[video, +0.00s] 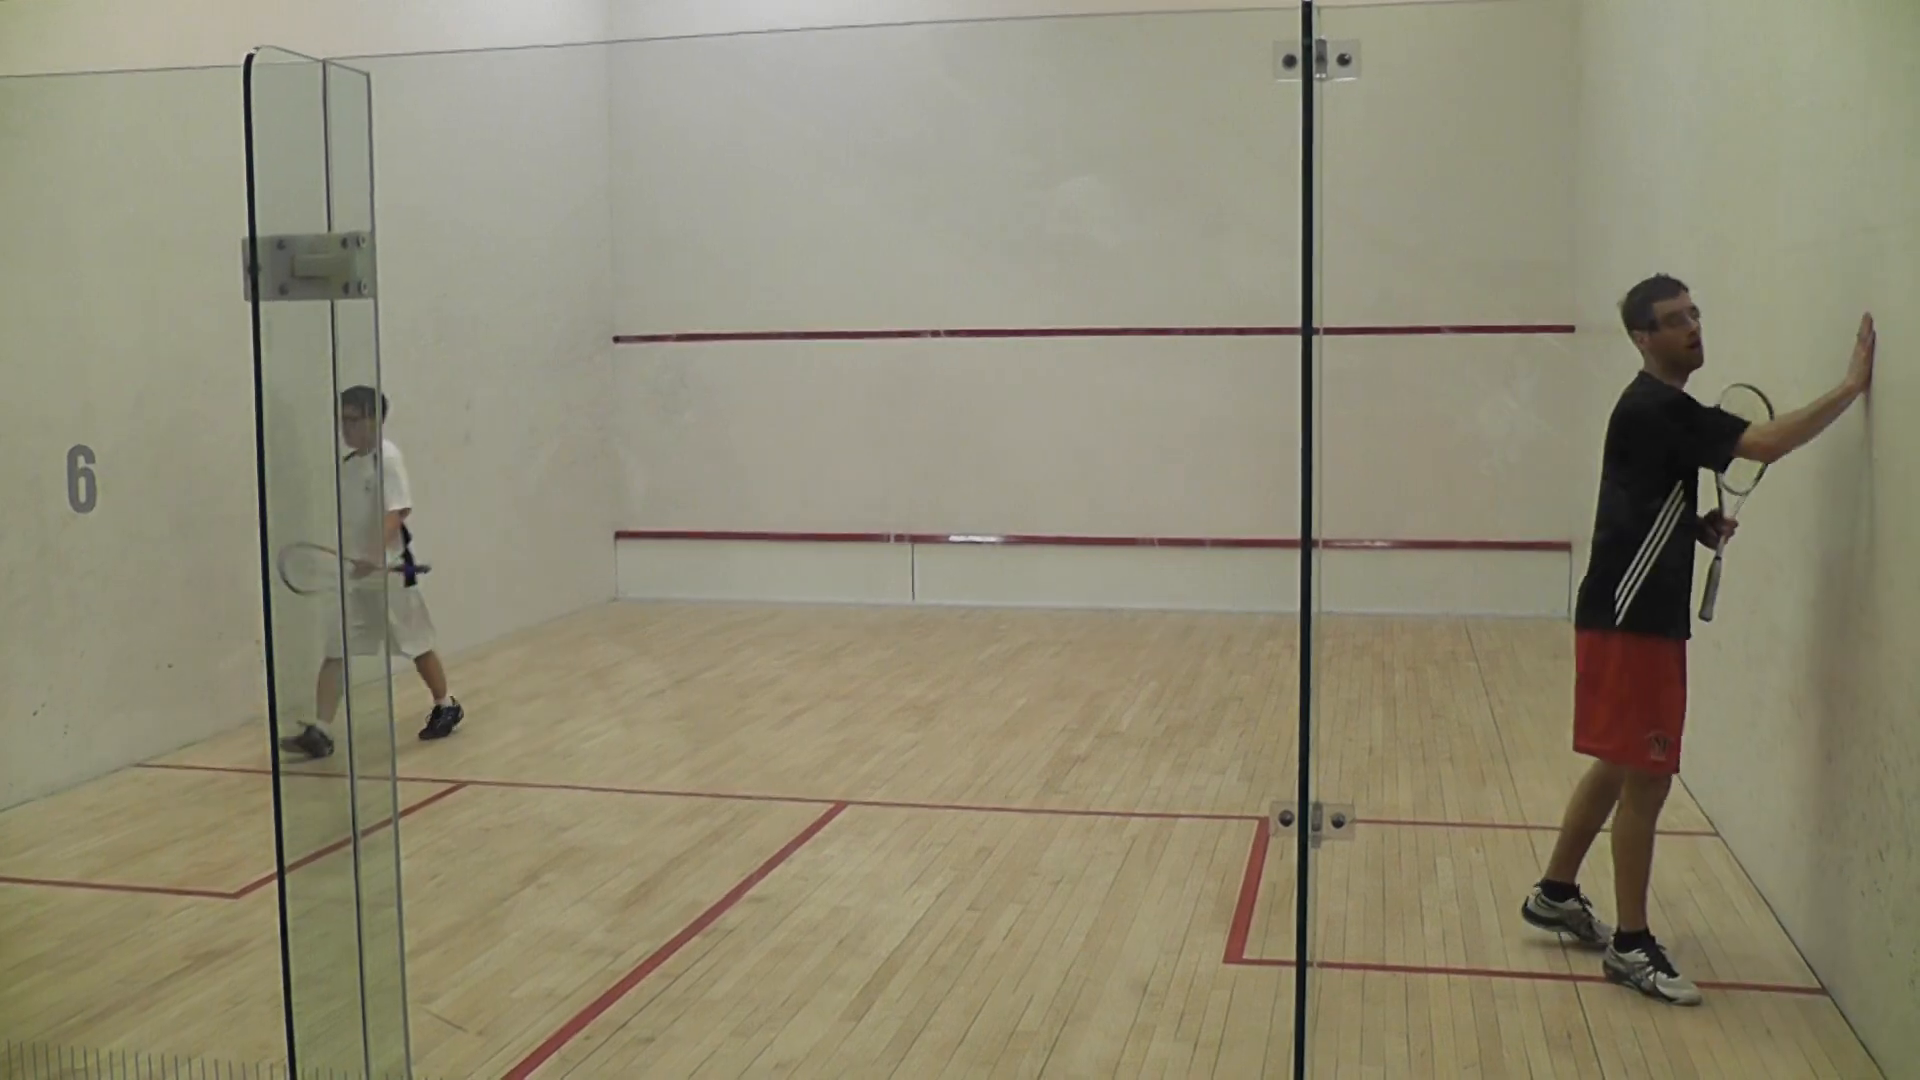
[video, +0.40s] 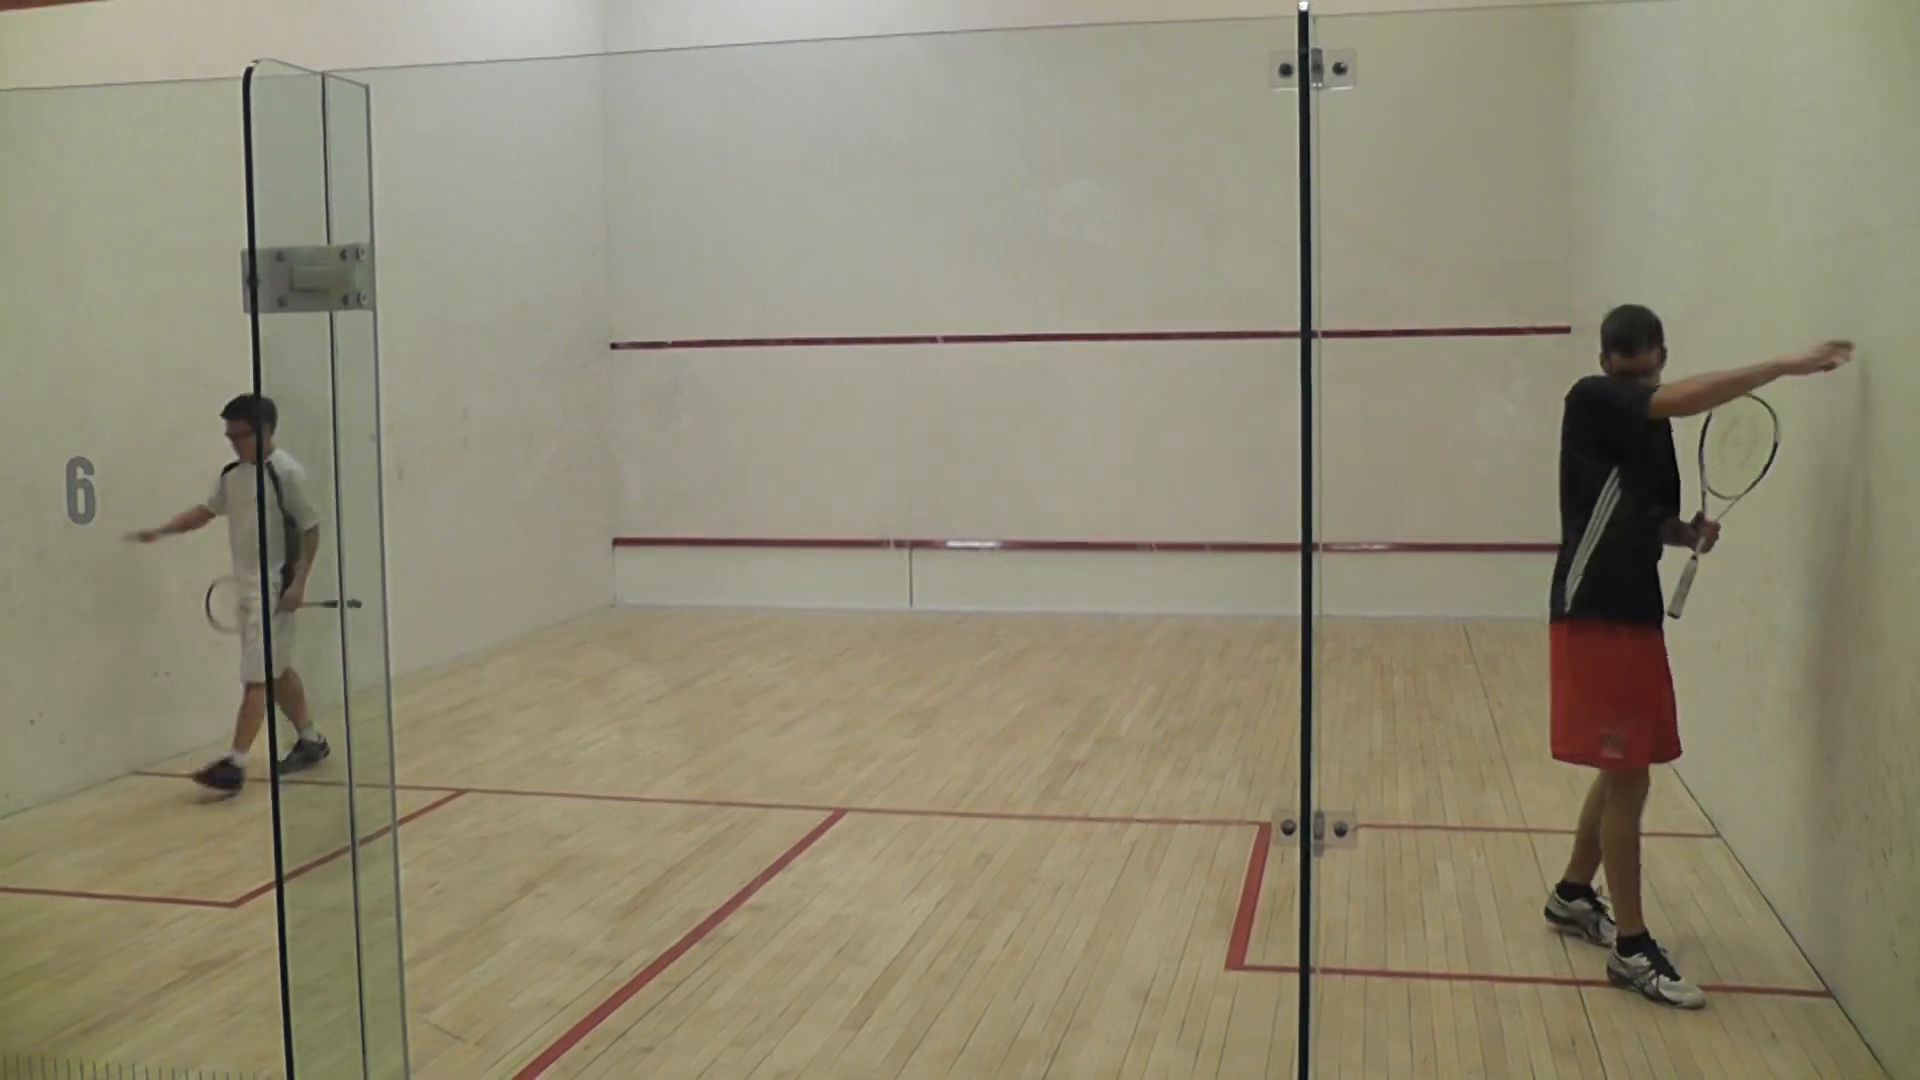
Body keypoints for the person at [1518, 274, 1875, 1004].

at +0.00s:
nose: (1695, 329)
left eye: (1694, 317)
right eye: (1678, 322)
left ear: (1688, 325)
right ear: (1644, 338)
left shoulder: (1653, 402)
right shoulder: (1656, 407)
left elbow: (1637, 506)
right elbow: (1764, 443)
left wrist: (1695, 524)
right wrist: (1851, 388)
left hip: (1628, 616)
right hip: (1641, 623)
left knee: (1619, 760)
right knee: (1650, 773)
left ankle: (1553, 891)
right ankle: (1631, 943)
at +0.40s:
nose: (1654, 373)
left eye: (1658, 363)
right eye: (1647, 362)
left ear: (1648, 358)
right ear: (1622, 355)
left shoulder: (1645, 415)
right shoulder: (1591, 395)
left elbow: (1637, 519)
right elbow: (1676, 400)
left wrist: (1683, 531)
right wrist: (1785, 365)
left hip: (1631, 609)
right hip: (1598, 610)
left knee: (1625, 762)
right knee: (1627, 773)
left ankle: (1573, 890)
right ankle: (1631, 945)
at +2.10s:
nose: (1445, 396)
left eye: (1451, 386)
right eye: (1448, 382)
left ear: (1424, 363)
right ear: (1427, 363)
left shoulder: (1378, 412)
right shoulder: (1365, 410)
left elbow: (1364, 503)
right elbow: (1327, 494)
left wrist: (1388, 560)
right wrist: (1347, 573)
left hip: (1329, 586)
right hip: (1336, 590)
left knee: (1317, 700)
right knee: (1354, 706)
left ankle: (1307, 819)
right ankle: (1323, 835)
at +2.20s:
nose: (1448, 395)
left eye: (1455, 385)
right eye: (1451, 381)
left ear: (1427, 361)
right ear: (1431, 362)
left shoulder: (1375, 409)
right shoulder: (1371, 411)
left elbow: (1349, 501)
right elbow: (1337, 498)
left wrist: (1374, 567)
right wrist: (1370, 574)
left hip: (1334, 589)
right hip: (1341, 593)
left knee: (1323, 703)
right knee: (1342, 711)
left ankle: (1316, 817)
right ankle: (1326, 834)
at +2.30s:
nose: (1459, 390)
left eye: (1465, 380)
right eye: (1461, 376)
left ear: (1435, 357)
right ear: (1439, 358)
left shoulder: (1380, 407)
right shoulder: (1386, 414)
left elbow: (1366, 509)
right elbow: (1367, 511)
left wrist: (1389, 584)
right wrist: (1392, 588)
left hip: (1344, 584)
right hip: (1352, 589)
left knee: (1336, 700)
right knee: (1352, 708)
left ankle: (1329, 818)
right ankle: (1338, 834)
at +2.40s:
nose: (1464, 386)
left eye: (1469, 375)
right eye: (1465, 372)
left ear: (1436, 353)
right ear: (1443, 355)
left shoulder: (1380, 403)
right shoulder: (1397, 413)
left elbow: (1367, 507)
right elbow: (1393, 516)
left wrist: (1397, 593)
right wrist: (1414, 600)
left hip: (1347, 580)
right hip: (1366, 588)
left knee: (1344, 699)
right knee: (1361, 707)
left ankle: (1336, 816)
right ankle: (1346, 833)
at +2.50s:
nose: (1465, 380)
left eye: (1470, 369)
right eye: (1465, 366)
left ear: (1430, 349)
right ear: (1443, 351)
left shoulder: (1373, 397)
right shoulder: (1401, 410)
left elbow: (1341, 480)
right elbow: (1396, 512)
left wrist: (1355, 546)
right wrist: (1423, 591)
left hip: (1348, 576)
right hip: (1376, 582)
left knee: (1347, 694)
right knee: (1372, 700)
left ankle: (1340, 813)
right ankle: (1354, 829)